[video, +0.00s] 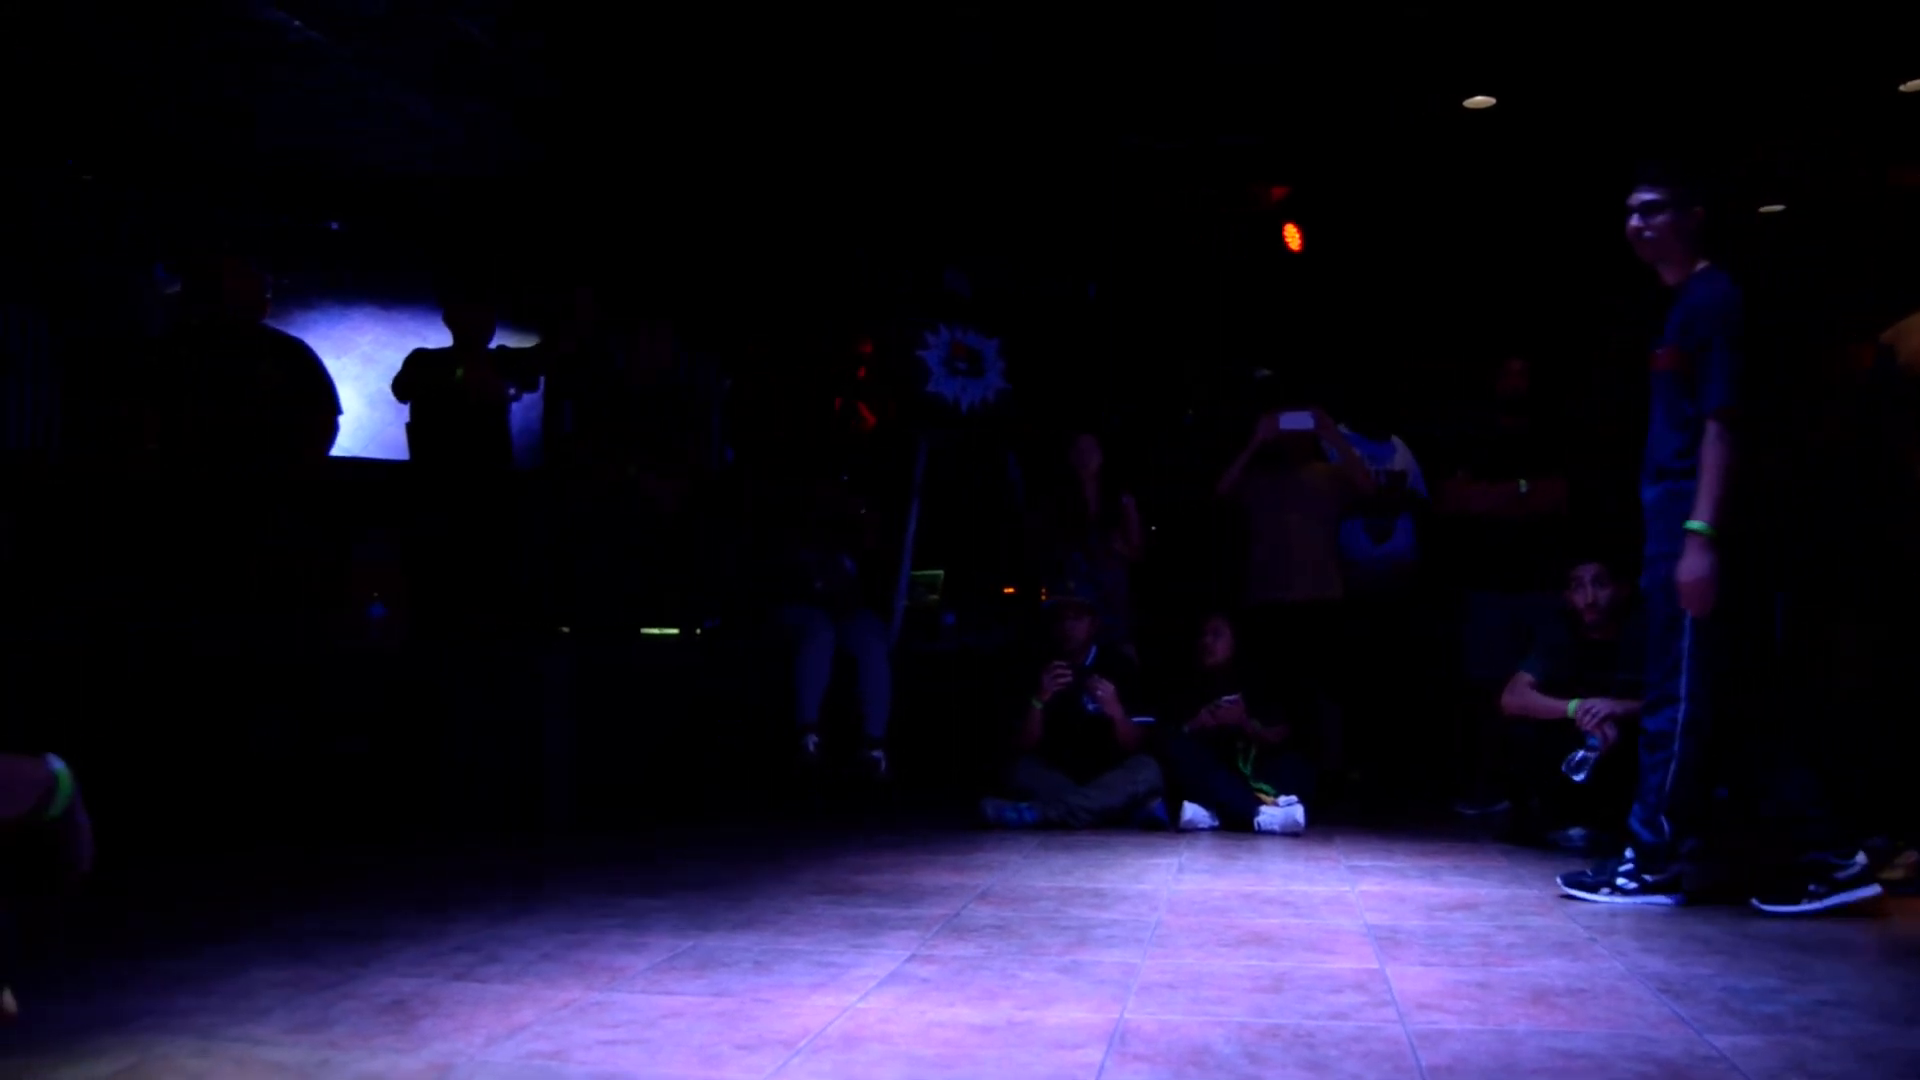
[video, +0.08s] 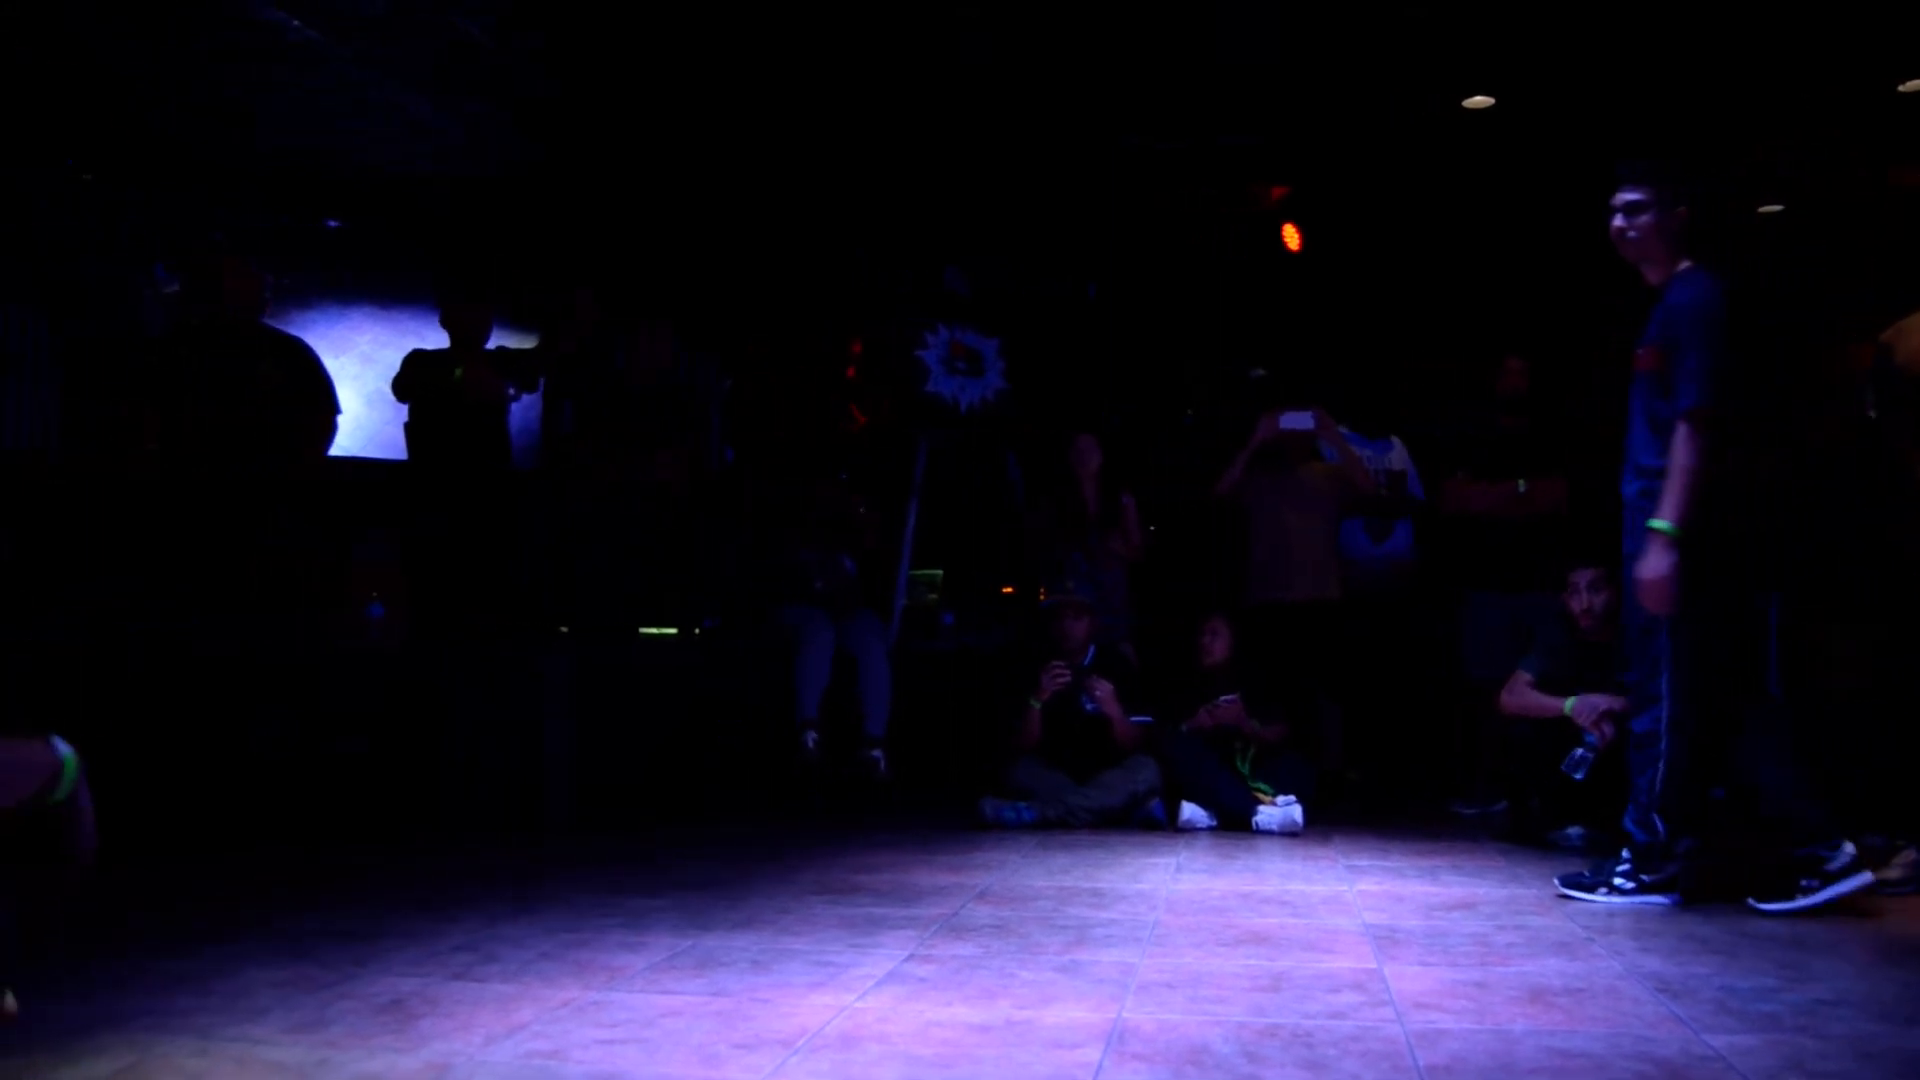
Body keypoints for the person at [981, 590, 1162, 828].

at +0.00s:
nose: (1069, 628)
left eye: (1078, 619)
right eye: (1062, 619)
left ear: (1093, 624)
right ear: (1053, 626)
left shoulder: (1115, 664)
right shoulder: (1038, 664)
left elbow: (1134, 743)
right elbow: (1024, 744)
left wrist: (1114, 709)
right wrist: (1040, 699)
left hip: (1106, 761)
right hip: (1053, 762)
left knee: (1147, 770)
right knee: (1020, 771)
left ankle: (1042, 814)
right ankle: (1124, 813)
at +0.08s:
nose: (1069, 629)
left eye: (1077, 619)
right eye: (1061, 619)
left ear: (1091, 624)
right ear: (1052, 626)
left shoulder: (1113, 663)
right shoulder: (1037, 664)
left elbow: (1132, 741)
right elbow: (1025, 744)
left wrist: (1112, 709)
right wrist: (1038, 699)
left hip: (1104, 759)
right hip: (1053, 759)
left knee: (1145, 770)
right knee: (1020, 772)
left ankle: (1041, 813)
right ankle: (1122, 812)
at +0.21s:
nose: (1068, 625)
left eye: (1076, 616)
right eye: (1060, 617)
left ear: (1088, 621)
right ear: (1049, 623)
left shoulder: (1110, 659)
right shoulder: (1035, 662)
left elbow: (1128, 738)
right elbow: (1023, 743)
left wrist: (1108, 705)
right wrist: (1034, 695)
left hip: (1102, 756)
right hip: (1051, 757)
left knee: (1141, 766)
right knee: (1017, 768)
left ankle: (1037, 809)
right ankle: (1118, 809)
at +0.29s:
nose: (1070, 626)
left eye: (1078, 616)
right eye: (1062, 617)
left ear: (1090, 621)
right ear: (1051, 623)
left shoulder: (1110, 661)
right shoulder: (1036, 664)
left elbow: (1128, 738)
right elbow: (1024, 742)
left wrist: (1108, 705)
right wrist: (1034, 695)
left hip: (1102, 757)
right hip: (1051, 758)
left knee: (1141, 766)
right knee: (1017, 768)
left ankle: (1037, 809)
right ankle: (1120, 808)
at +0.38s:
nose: (1072, 625)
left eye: (1079, 615)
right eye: (1064, 616)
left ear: (1091, 620)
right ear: (1051, 621)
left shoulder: (1110, 660)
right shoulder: (1036, 662)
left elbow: (1128, 738)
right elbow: (1024, 742)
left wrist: (1108, 705)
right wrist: (1034, 694)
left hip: (1101, 757)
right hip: (1051, 757)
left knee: (1141, 766)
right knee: (1018, 768)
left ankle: (1037, 809)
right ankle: (1120, 808)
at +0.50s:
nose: (1073, 628)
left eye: (1080, 619)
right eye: (1065, 619)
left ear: (1092, 623)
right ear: (1052, 624)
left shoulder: (1110, 661)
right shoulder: (1039, 663)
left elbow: (1128, 738)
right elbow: (1024, 743)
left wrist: (1108, 705)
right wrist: (1035, 695)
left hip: (1102, 757)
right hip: (1052, 757)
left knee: (1141, 766)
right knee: (1018, 768)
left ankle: (1036, 809)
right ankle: (1121, 808)